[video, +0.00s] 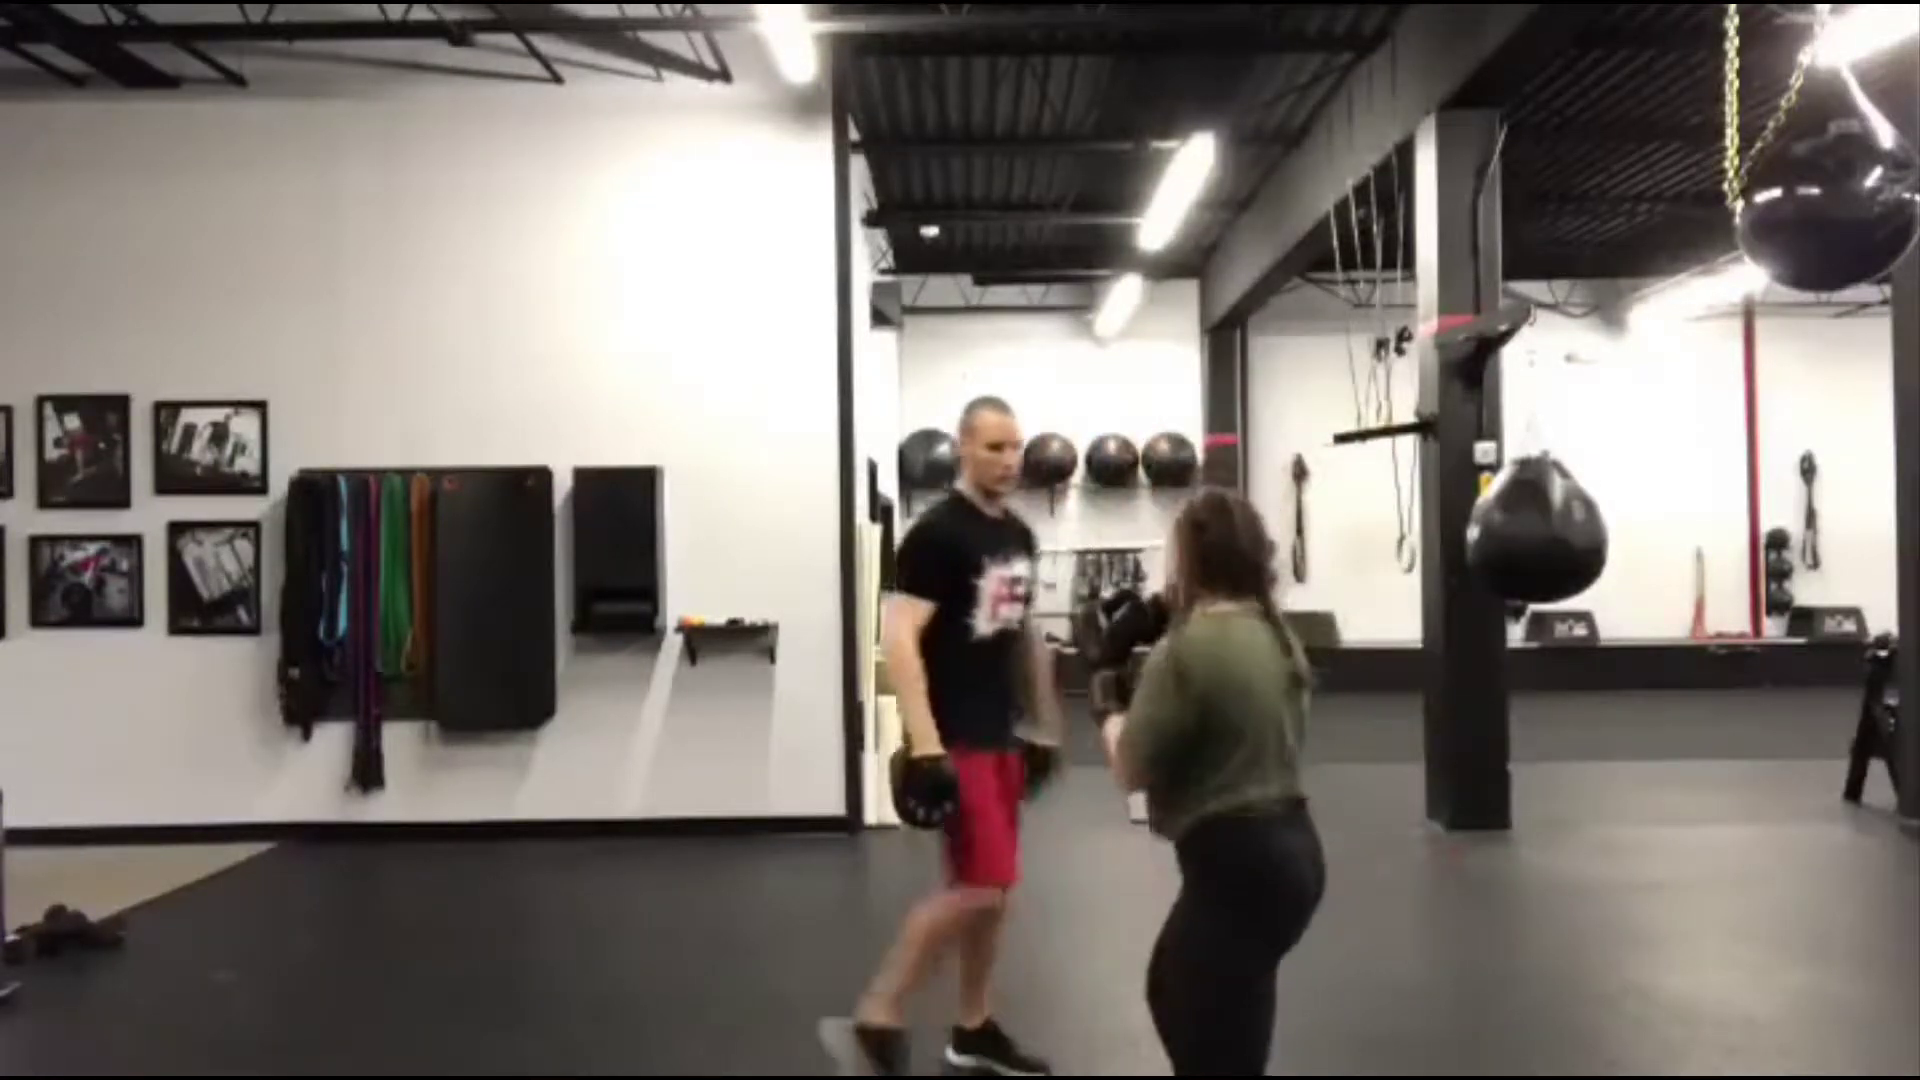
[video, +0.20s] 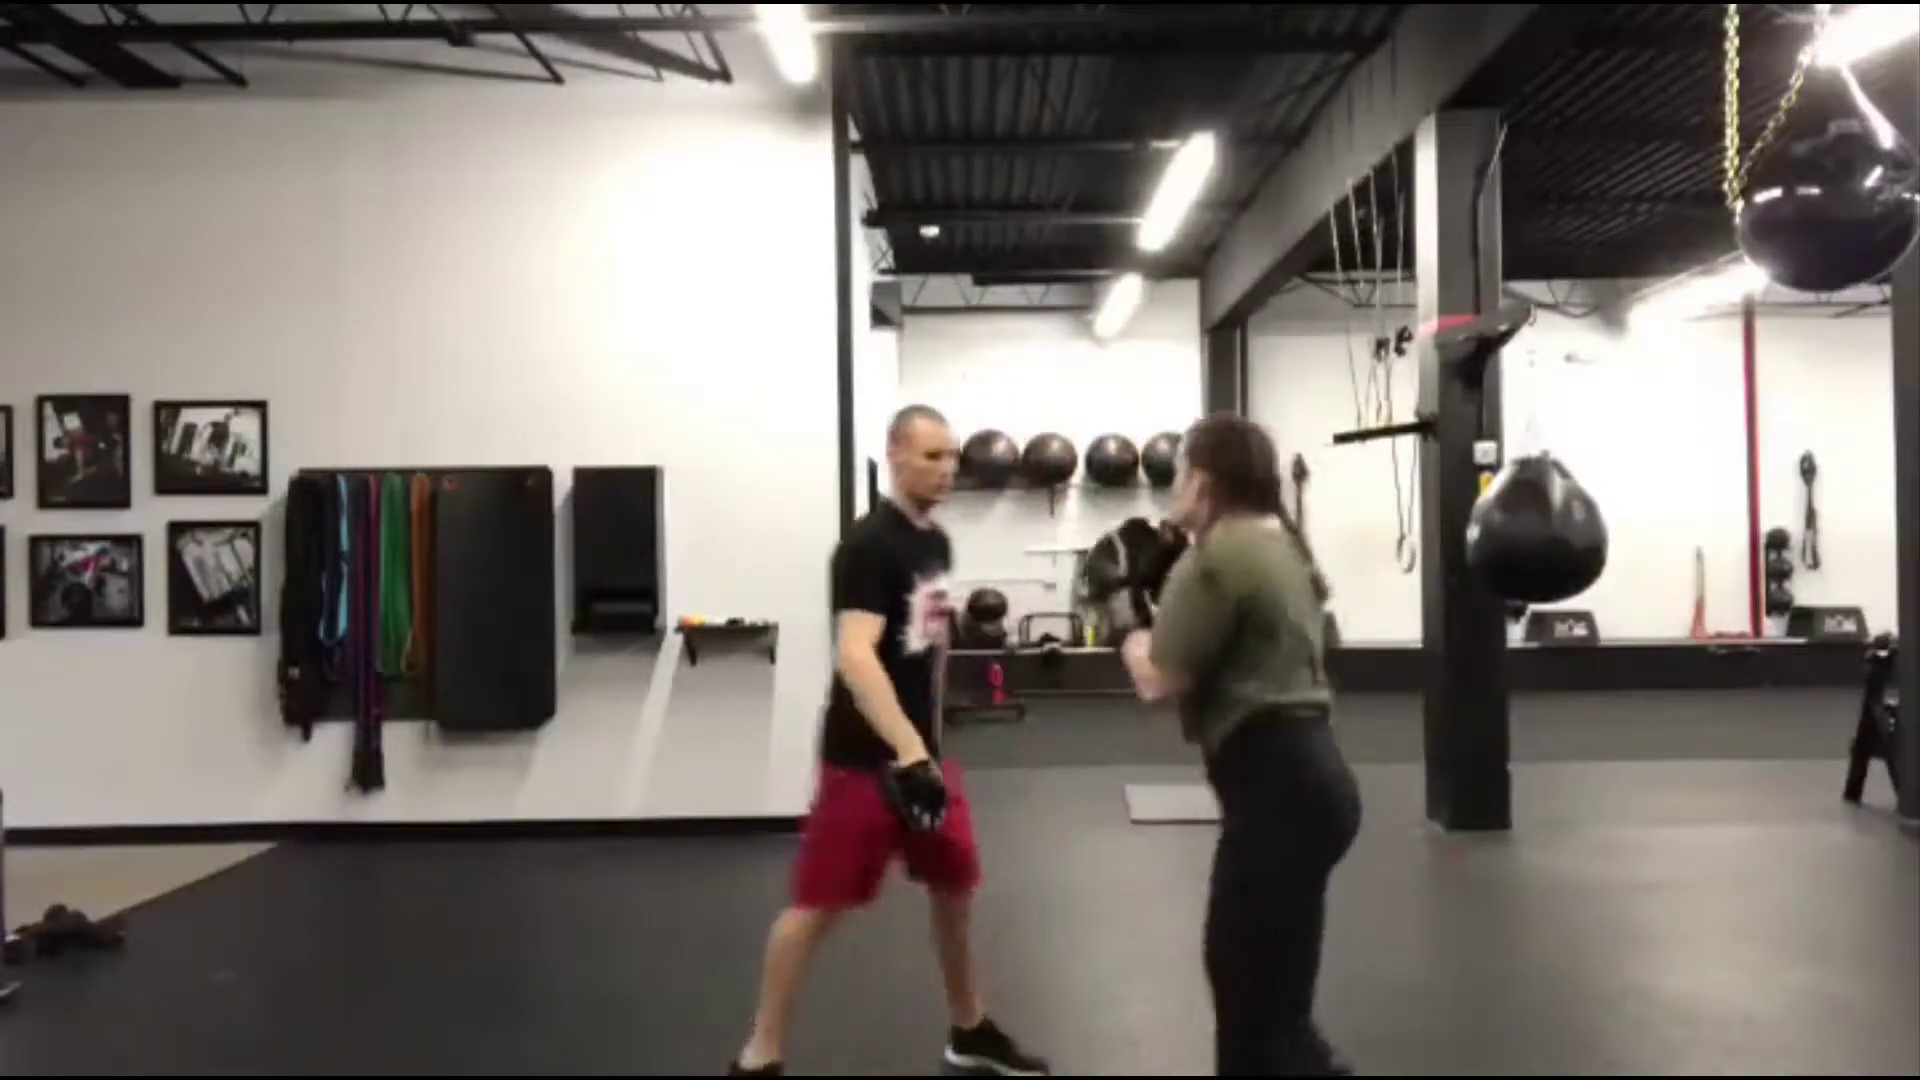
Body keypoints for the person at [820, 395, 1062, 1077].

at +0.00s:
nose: (1009, 461)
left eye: (1016, 448)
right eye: (994, 447)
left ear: (1022, 452)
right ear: (960, 449)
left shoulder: (1015, 537)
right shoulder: (936, 534)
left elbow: (1027, 639)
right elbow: (898, 639)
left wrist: (1044, 727)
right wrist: (924, 748)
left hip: (1003, 736)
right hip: (954, 739)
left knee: (992, 887)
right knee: (979, 886)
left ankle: (974, 1026)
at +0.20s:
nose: (946, 471)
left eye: (952, 459)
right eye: (933, 457)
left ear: (952, 465)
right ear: (892, 458)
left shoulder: (934, 543)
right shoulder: (868, 545)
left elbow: (919, 649)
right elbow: (854, 655)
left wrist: (927, 740)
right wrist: (912, 756)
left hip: (923, 756)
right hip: (859, 762)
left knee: (957, 884)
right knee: (815, 906)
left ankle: (969, 1027)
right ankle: (761, 1055)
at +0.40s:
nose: (884, 469)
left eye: (889, 457)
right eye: (872, 456)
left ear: (890, 461)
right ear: (833, 455)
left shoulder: (875, 537)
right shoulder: (801, 542)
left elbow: (873, 648)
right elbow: (800, 660)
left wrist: (902, 732)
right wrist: (881, 741)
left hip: (850, 755)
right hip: (789, 761)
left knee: (872, 878)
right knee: (771, 915)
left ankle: (865, 1012)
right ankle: (751, 1060)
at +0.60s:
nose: (836, 476)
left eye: (843, 464)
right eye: (823, 463)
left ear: (847, 469)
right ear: (786, 465)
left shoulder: (835, 545)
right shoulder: (753, 549)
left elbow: (845, 640)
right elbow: (730, 657)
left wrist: (867, 695)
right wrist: (822, 714)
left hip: (791, 748)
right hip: (750, 752)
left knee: (760, 885)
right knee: (768, 909)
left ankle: (692, 981)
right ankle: (750, 1061)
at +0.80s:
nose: (808, 498)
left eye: (814, 486)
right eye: (797, 485)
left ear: (812, 490)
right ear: (760, 484)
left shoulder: (798, 565)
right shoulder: (726, 562)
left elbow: (800, 642)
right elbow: (679, 661)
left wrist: (825, 656)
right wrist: (761, 725)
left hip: (757, 757)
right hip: (723, 761)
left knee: (704, 883)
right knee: (783, 892)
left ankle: (647, 1013)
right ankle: (752, 1061)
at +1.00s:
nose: (795, 489)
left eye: (800, 478)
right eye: (784, 476)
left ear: (798, 480)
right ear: (747, 475)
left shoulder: (775, 555)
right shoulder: (712, 550)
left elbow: (783, 651)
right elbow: (664, 645)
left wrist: (845, 634)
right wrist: (751, 701)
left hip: (728, 744)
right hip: (709, 748)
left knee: (693, 881)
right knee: (749, 893)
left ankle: (645, 1012)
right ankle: (755, 1061)